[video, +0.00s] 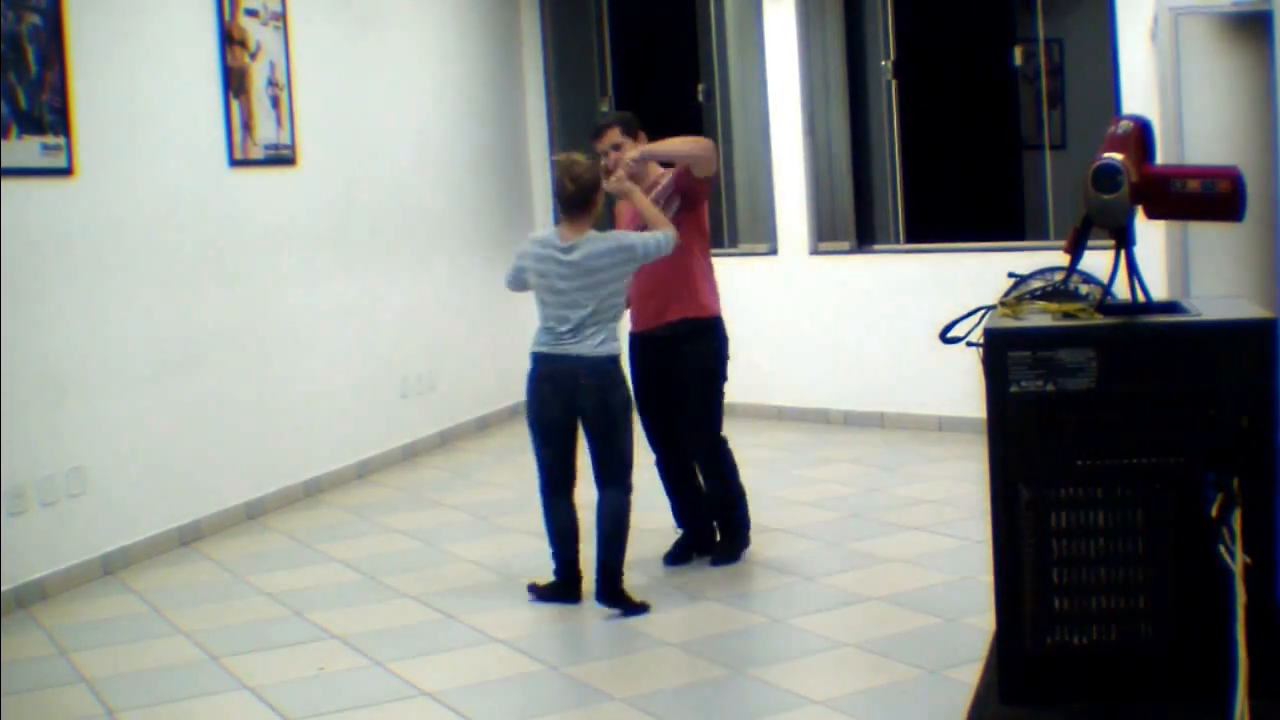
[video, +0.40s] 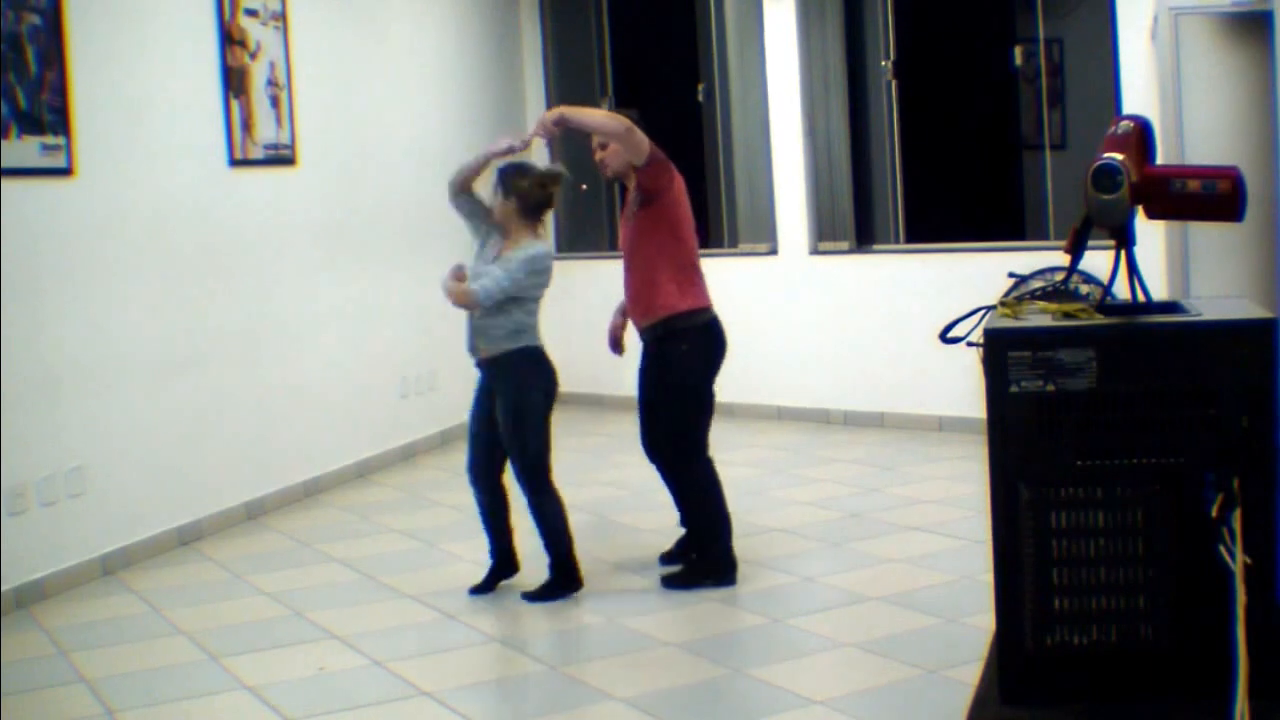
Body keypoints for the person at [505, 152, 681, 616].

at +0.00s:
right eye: (602, 187)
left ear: (556, 200)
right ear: (598, 199)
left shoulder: (538, 250)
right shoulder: (618, 248)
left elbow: (514, 283)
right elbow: (668, 237)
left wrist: (555, 261)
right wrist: (632, 192)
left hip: (549, 374)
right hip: (602, 374)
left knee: (556, 485)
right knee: (614, 483)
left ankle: (566, 581)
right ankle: (610, 587)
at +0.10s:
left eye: (543, 195)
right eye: (580, 196)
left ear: (538, 202)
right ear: (582, 203)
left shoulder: (517, 252)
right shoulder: (595, 255)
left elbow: (488, 282)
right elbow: (631, 242)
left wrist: (529, 270)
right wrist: (604, 192)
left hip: (530, 376)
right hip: (584, 377)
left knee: (543, 487)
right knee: (604, 477)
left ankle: (563, 580)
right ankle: (621, 573)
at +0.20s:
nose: (575, 203)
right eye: (572, 197)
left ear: (524, 206)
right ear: (567, 203)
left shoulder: (507, 253)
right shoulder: (578, 246)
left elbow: (465, 287)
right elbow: (576, 213)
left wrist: (509, 275)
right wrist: (561, 177)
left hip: (523, 378)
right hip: (572, 377)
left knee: (538, 481)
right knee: (559, 468)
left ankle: (562, 580)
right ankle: (593, 555)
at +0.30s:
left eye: (518, 196)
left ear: (515, 207)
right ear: (554, 208)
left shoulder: (506, 261)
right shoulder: (555, 253)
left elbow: (454, 293)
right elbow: (531, 208)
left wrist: (485, 282)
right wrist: (513, 167)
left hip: (521, 375)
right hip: (551, 372)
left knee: (532, 475)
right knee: (502, 465)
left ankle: (563, 577)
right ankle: (539, 554)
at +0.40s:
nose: (493, 203)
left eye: (501, 196)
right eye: (496, 196)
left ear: (515, 204)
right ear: (518, 203)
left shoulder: (535, 257)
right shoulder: (492, 235)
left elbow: (469, 297)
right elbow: (458, 193)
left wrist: (453, 281)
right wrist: (489, 156)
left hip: (525, 371)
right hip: (493, 372)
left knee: (532, 474)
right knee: (483, 471)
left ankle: (565, 570)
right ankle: (503, 559)